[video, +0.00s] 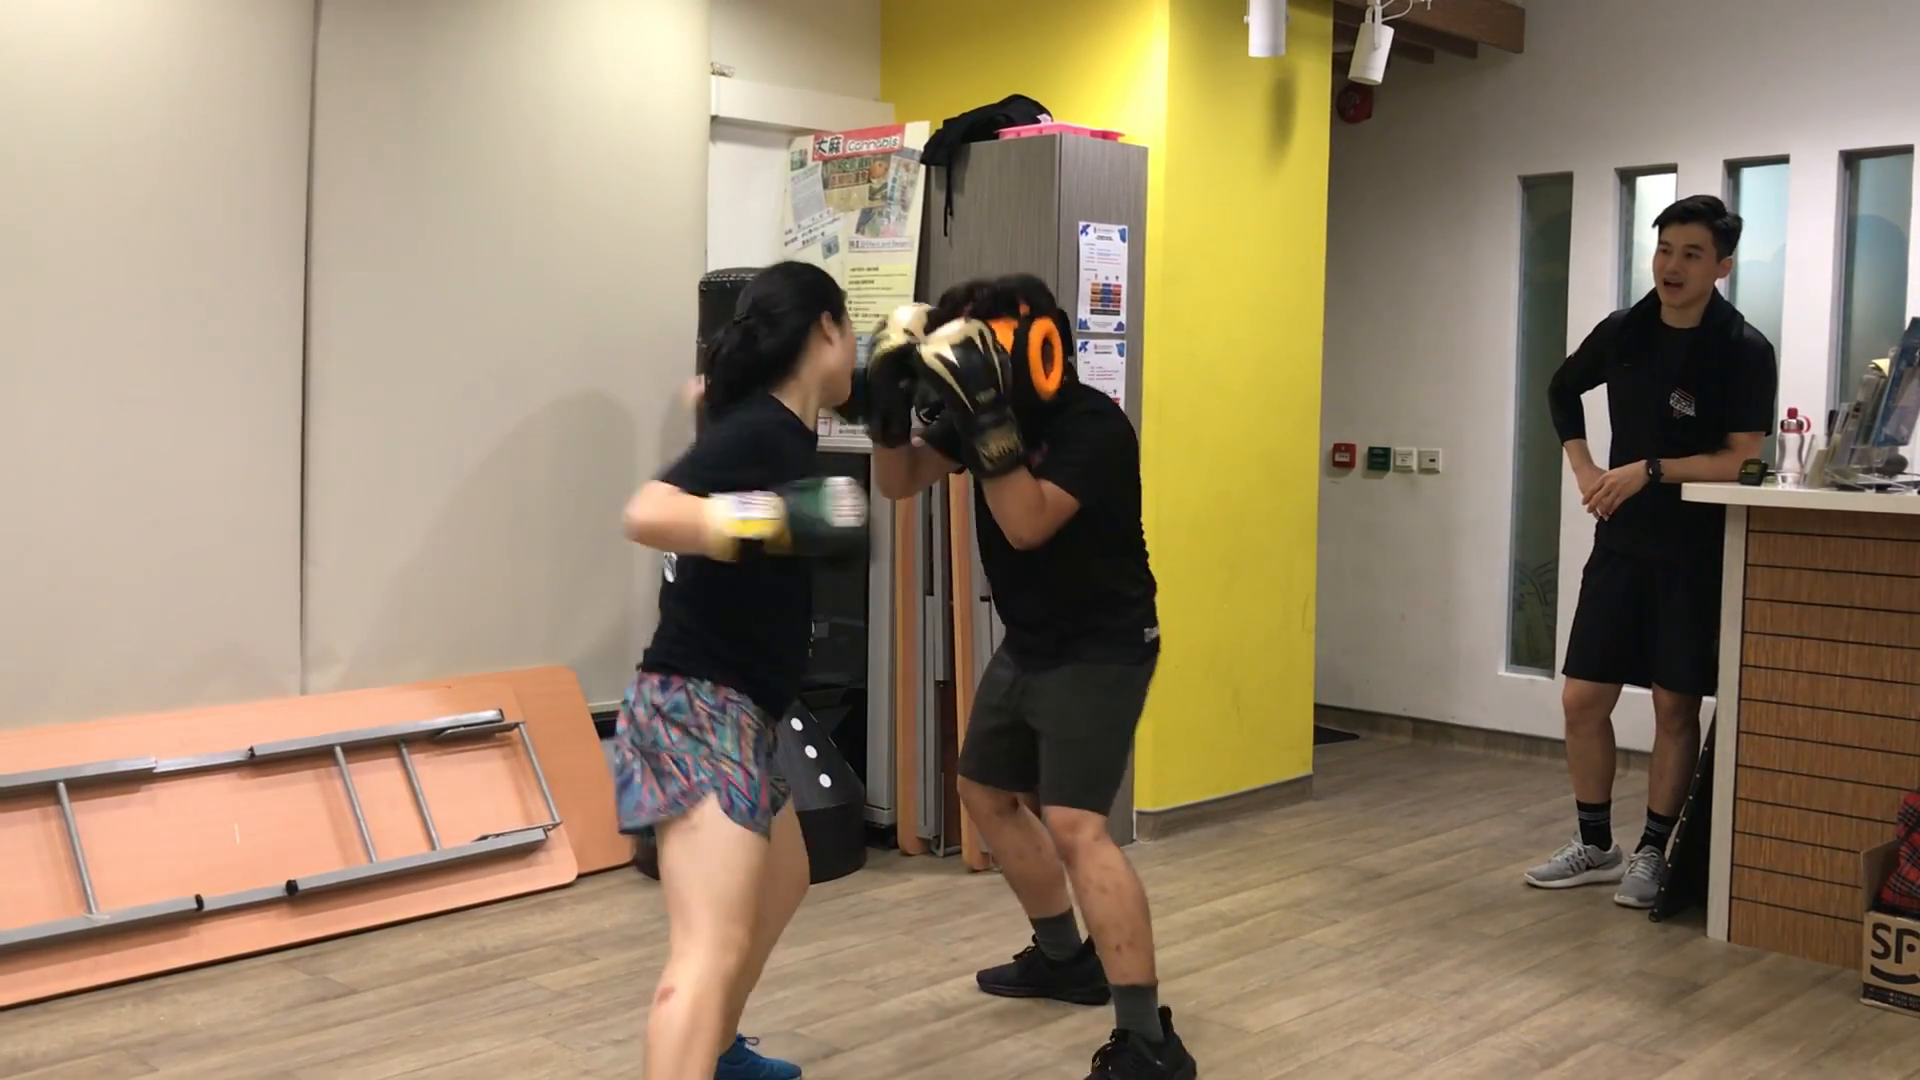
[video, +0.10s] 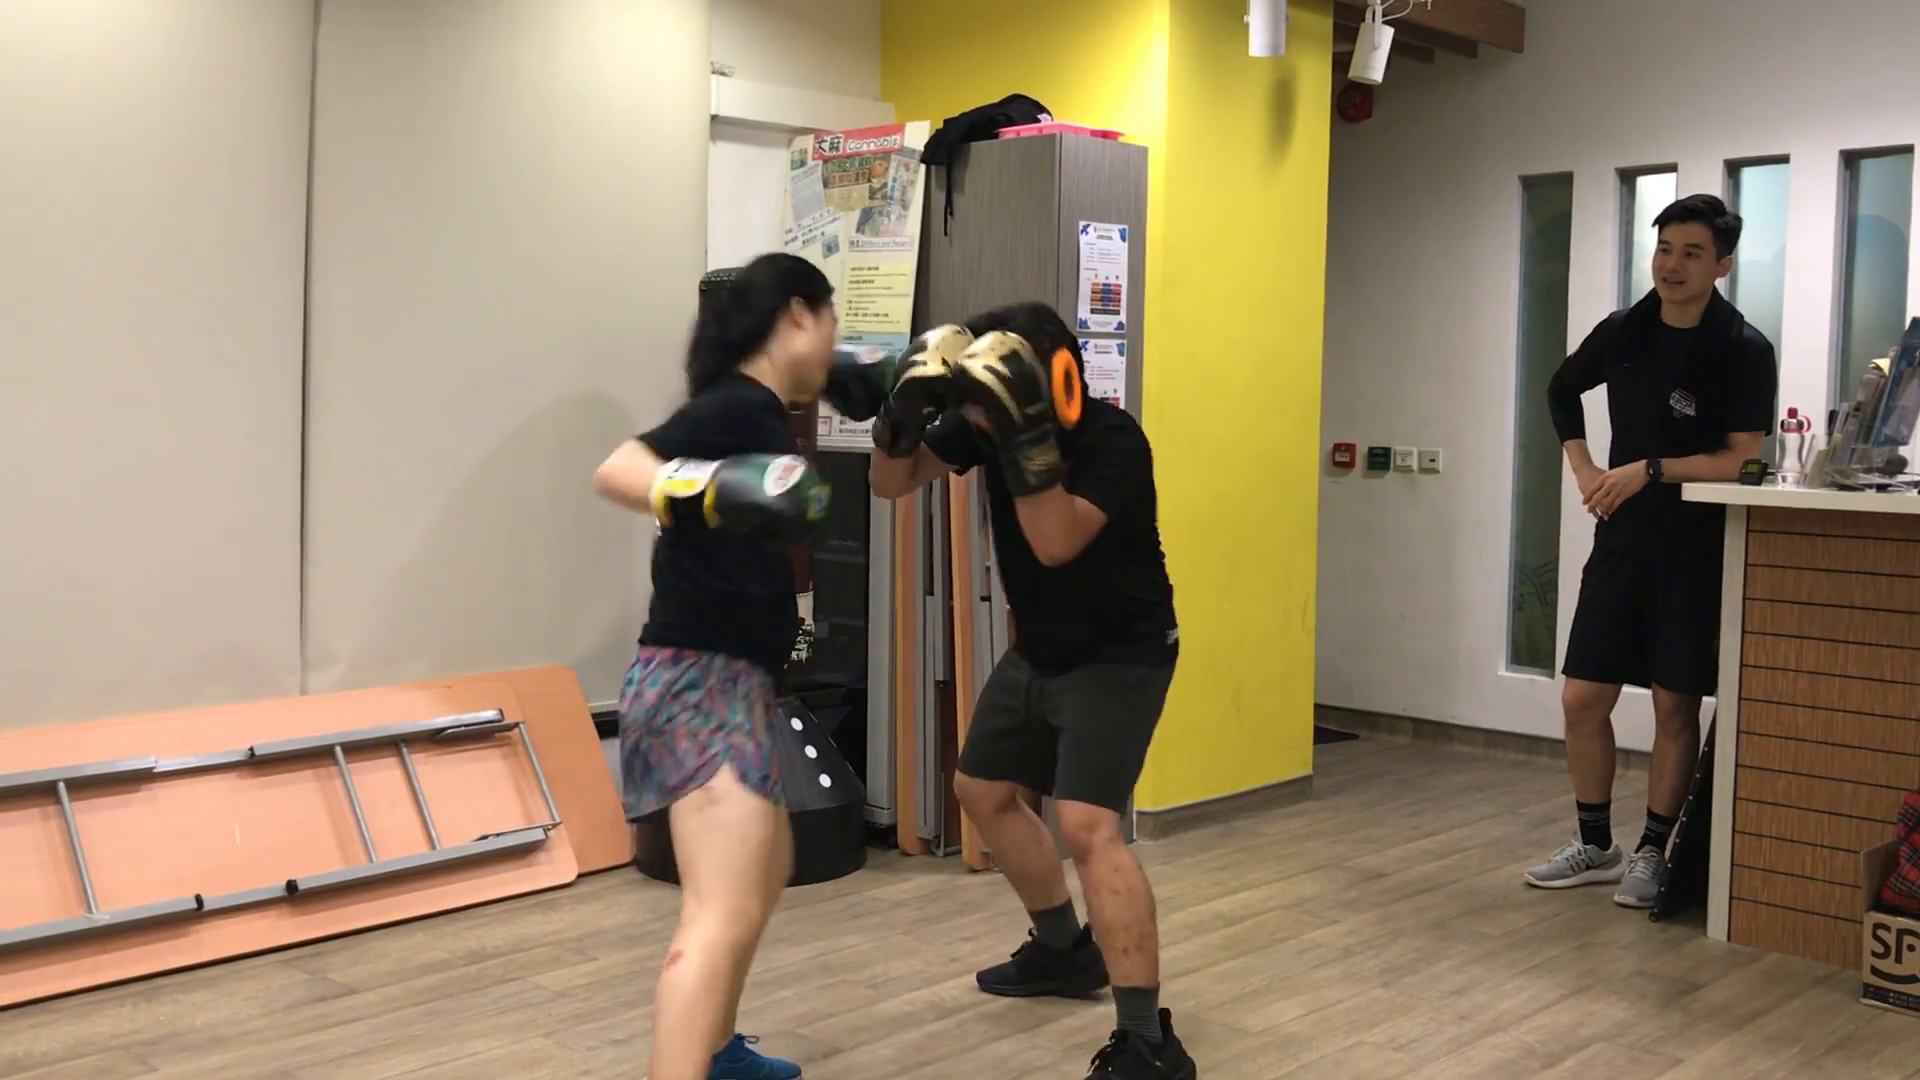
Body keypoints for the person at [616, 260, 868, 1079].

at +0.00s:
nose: (853, 346)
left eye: (847, 329)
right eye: (846, 329)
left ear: (780, 339)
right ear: (819, 336)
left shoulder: (786, 434)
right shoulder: (759, 432)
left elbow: (701, 400)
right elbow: (646, 511)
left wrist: (700, 404)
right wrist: (735, 523)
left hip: (736, 707)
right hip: (696, 705)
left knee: (782, 878)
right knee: (711, 949)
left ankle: (715, 1043)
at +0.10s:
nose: (835, 342)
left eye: (832, 325)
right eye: (829, 323)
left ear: (773, 323)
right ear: (793, 320)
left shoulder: (769, 415)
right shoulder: (734, 408)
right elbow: (617, 470)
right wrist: (710, 486)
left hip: (740, 677)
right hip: (703, 681)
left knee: (758, 884)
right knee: (722, 908)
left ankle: (711, 1044)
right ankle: (676, 1069)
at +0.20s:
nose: (795, 348)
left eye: (798, 332)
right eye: (795, 328)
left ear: (723, 315)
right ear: (755, 309)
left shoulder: (660, 385)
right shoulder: (729, 378)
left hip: (644, 649)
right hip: (714, 653)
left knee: (715, 875)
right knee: (728, 889)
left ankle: (709, 1051)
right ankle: (601, 1070)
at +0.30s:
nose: (764, 350)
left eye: (765, 338)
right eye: (761, 336)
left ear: (679, 327)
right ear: (722, 322)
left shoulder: (608, 398)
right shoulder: (744, 388)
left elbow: (586, 522)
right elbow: (861, 374)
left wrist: (669, 474)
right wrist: (935, 353)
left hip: (611, 663)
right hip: (697, 667)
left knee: (686, 879)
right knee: (692, 895)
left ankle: (708, 1049)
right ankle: (519, 1064)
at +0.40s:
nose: (740, 363)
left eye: (741, 353)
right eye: (738, 351)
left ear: (650, 338)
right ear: (702, 330)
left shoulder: (572, 404)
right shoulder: (711, 384)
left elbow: (550, 543)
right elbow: (861, 379)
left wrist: (625, 479)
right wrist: (812, 378)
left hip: (591, 667)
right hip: (671, 674)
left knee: (689, 872)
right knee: (653, 896)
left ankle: (707, 1047)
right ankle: (470, 1053)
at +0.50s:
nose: (712, 367)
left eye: (716, 357)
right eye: (711, 353)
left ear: (622, 338)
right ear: (675, 333)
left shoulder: (547, 402)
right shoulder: (685, 392)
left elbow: (512, 537)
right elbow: (801, 428)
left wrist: (603, 489)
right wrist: (741, 471)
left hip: (568, 670)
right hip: (623, 681)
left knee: (684, 853)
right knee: (612, 904)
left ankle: (702, 1046)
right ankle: (448, 1062)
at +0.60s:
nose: (688, 392)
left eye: (690, 377)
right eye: (688, 373)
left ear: (611, 355)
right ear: (651, 355)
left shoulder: (520, 423)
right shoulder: (657, 427)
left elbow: (461, 542)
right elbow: (754, 523)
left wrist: (558, 512)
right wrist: (680, 507)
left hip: (527, 700)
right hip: (585, 715)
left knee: (690, 840)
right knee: (555, 929)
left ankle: (701, 1044)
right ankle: (413, 1073)